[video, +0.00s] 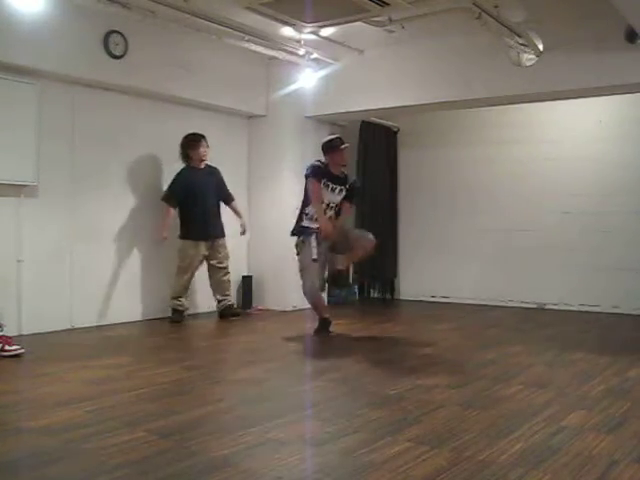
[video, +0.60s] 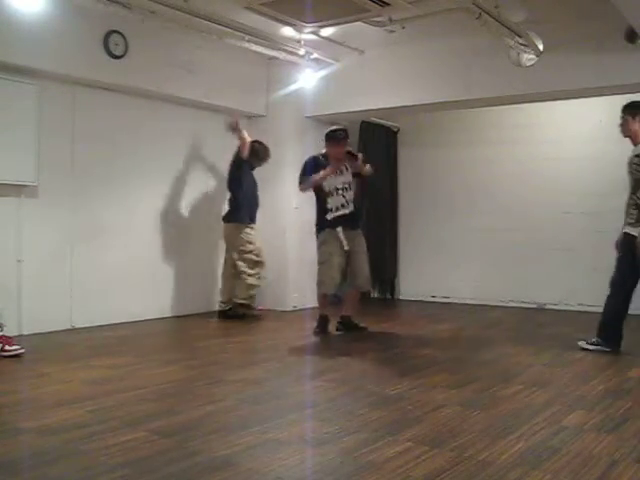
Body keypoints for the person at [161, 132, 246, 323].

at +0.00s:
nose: (204, 151)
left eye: (206, 147)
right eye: (199, 148)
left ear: (208, 149)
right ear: (189, 152)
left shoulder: (213, 173)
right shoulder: (183, 176)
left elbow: (227, 198)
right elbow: (170, 204)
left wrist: (241, 217)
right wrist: (165, 229)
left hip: (216, 233)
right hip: (192, 235)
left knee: (221, 270)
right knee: (185, 273)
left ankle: (225, 305)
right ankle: (178, 307)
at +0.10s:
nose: (214, 152)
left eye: (215, 149)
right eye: (210, 149)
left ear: (215, 151)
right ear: (199, 152)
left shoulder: (217, 174)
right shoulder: (190, 175)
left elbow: (234, 194)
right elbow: (177, 200)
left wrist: (252, 207)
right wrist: (183, 223)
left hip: (219, 234)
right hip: (197, 235)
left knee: (223, 272)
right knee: (188, 274)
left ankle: (226, 306)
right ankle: (179, 308)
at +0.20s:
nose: (223, 154)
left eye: (224, 150)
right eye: (220, 150)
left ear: (222, 153)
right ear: (209, 153)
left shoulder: (225, 175)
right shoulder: (199, 174)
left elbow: (244, 188)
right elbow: (188, 194)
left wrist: (271, 193)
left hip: (225, 234)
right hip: (204, 236)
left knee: (228, 273)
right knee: (194, 273)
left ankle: (227, 307)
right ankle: (179, 307)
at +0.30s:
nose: (232, 158)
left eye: (233, 154)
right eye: (230, 154)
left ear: (229, 155)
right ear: (220, 154)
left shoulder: (236, 174)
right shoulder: (209, 173)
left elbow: (253, 171)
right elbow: (206, 174)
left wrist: (271, 162)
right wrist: (216, 168)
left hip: (233, 231)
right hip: (215, 232)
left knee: (232, 272)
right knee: (206, 269)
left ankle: (228, 307)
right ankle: (183, 306)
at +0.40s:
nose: (241, 160)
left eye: (242, 157)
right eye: (239, 157)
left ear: (240, 157)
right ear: (231, 155)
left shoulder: (239, 168)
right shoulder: (218, 169)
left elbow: (249, 160)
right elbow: (217, 152)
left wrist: (260, 138)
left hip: (238, 223)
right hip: (223, 223)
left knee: (237, 266)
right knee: (224, 263)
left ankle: (228, 304)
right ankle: (197, 300)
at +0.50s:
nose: (252, 160)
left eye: (253, 157)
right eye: (251, 156)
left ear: (242, 151)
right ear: (246, 154)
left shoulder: (241, 168)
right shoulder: (229, 167)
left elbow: (248, 146)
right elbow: (231, 141)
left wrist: (249, 121)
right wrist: (237, 115)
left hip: (240, 224)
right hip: (231, 224)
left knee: (235, 266)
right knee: (235, 265)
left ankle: (227, 302)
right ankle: (224, 301)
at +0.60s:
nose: (261, 163)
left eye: (263, 160)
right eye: (262, 159)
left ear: (251, 153)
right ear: (256, 156)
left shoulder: (243, 169)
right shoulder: (240, 167)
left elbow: (245, 143)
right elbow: (246, 143)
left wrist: (238, 131)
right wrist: (238, 130)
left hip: (235, 222)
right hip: (240, 223)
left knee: (233, 264)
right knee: (253, 261)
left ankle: (227, 304)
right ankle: (243, 303)